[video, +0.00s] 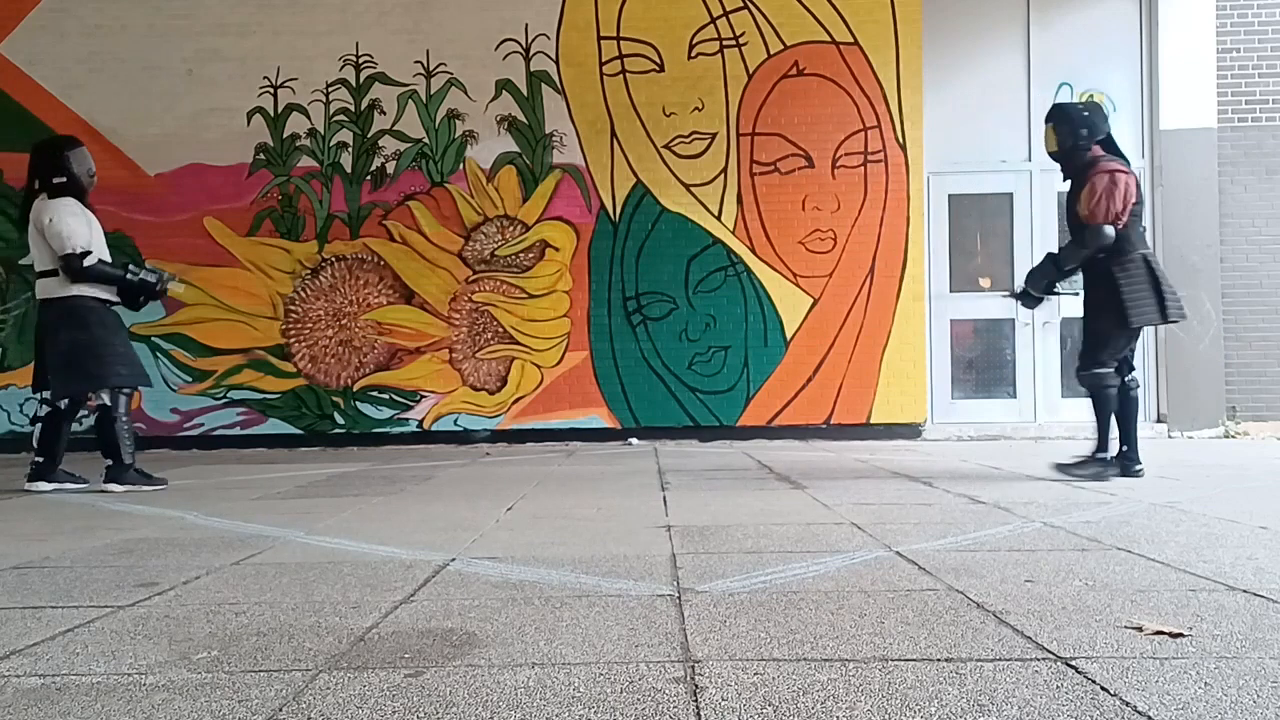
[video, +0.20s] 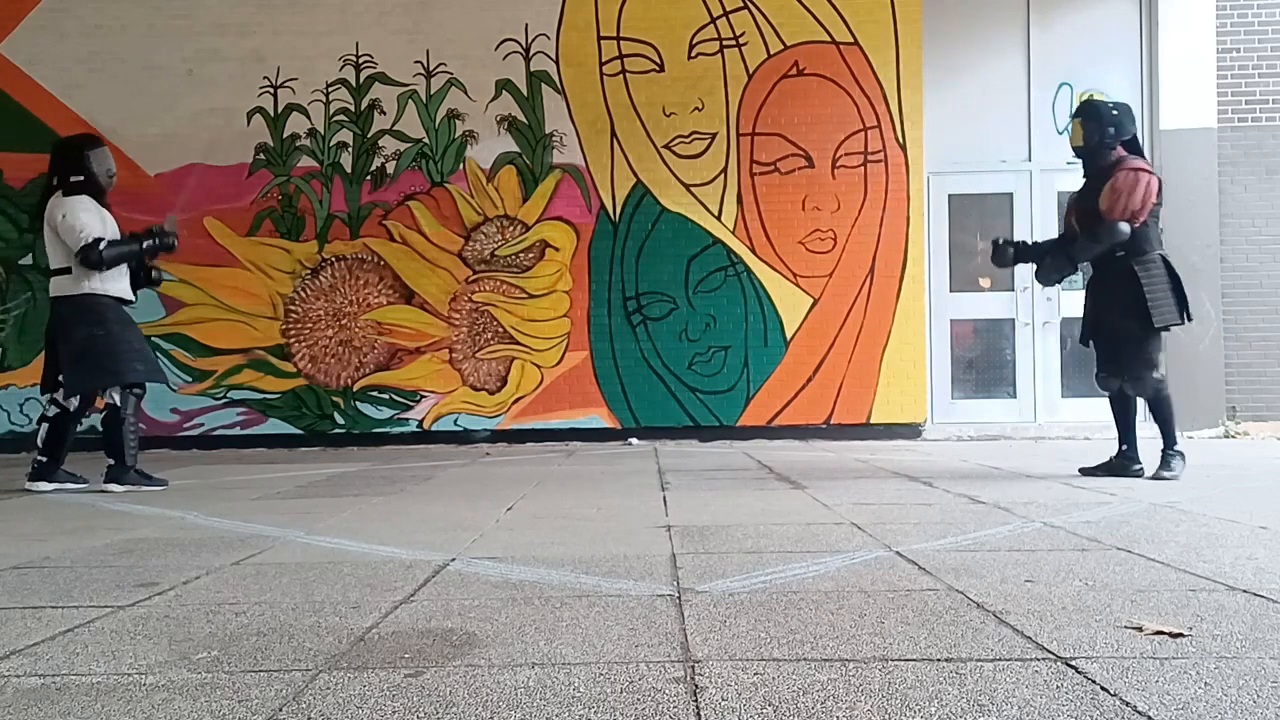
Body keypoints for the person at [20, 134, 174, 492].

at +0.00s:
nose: (92, 172)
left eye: (90, 164)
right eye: (85, 165)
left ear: (51, 172)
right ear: (65, 169)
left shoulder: (49, 206)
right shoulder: (62, 208)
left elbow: (79, 276)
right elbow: (77, 266)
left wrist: (123, 294)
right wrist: (133, 277)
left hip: (60, 311)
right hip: (80, 310)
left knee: (66, 390)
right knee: (119, 381)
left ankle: (45, 468)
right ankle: (122, 467)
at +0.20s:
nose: (112, 176)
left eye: (112, 170)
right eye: (106, 170)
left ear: (80, 171)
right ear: (82, 170)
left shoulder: (82, 204)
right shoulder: (73, 205)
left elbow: (98, 268)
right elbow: (94, 256)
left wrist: (137, 273)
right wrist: (149, 243)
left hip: (77, 309)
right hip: (92, 308)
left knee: (73, 390)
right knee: (129, 380)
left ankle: (46, 468)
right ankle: (123, 468)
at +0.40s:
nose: (123, 174)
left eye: (123, 165)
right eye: (117, 165)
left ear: (88, 169)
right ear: (96, 167)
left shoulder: (100, 208)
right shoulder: (73, 201)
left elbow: (111, 267)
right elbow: (105, 239)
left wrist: (146, 258)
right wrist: (142, 213)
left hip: (94, 306)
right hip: (92, 305)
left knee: (79, 390)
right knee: (129, 381)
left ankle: (44, 467)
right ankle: (123, 468)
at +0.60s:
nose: (122, 174)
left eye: (121, 165)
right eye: (116, 165)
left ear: (83, 167)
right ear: (95, 166)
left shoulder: (98, 208)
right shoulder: (71, 201)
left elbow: (114, 271)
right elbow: (107, 237)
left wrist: (147, 254)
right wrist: (138, 211)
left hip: (85, 307)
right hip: (91, 306)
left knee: (68, 392)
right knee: (132, 383)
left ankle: (42, 470)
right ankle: (124, 468)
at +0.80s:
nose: (119, 174)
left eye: (119, 166)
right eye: (113, 165)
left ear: (80, 167)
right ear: (93, 166)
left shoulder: (93, 208)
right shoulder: (69, 201)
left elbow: (111, 272)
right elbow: (106, 235)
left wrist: (143, 253)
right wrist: (135, 210)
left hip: (78, 307)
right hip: (88, 306)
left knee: (67, 391)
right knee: (129, 383)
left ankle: (41, 470)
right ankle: (124, 468)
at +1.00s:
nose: (119, 174)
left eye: (118, 165)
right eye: (113, 165)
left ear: (79, 167)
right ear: (93, 166)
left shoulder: (88, 206)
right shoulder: (72, 202)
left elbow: (101, 268)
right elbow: (111, 238)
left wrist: (138, 258)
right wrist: (134, 210)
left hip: (73, 306)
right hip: (88, 306)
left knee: (66, 391)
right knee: (129, 382)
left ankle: (41, 470)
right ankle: (124, 468)